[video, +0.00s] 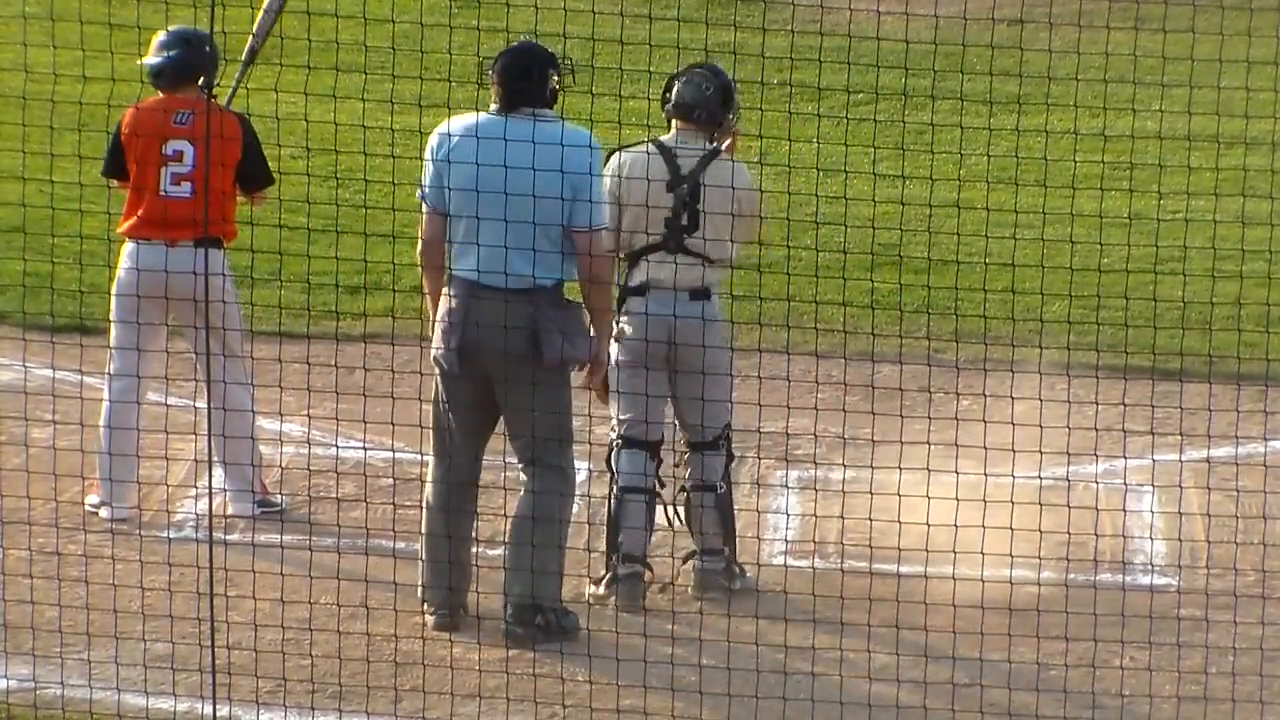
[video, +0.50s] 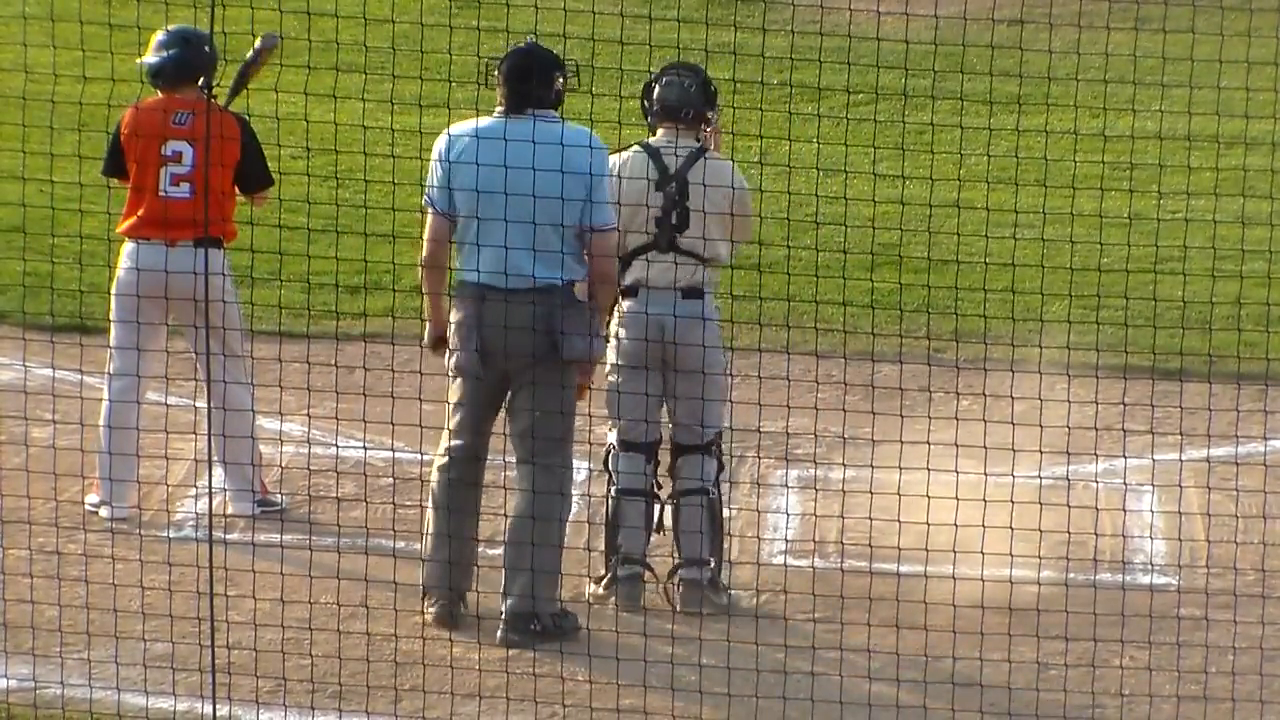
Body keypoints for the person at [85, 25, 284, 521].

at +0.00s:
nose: (152, 77)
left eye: (156, 71)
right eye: (154, 72)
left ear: (162, 71)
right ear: (206, 72)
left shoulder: (136, 117)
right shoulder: (232, 124)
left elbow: (119, 177)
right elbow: (258, 191)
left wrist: (174, 155)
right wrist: (223, 146)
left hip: (140, 261)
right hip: (205, 265)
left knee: (125, 376)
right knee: (227, 376)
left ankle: (114, 496)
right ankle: (247, 493)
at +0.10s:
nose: (151, 77)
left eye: (155, 71)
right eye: (154, 72)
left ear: (161, 71)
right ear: (206, 72)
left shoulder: (135, 117)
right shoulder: (232, 124)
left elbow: (119, 176)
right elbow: (259, 192)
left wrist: (174, 156)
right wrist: (226, 142)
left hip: (140, 261)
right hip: (205, 265)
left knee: (125, 375)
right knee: (228, 376)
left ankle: (113, 496)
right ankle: (248, 493)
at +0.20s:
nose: (151, 77)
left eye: (155, 71)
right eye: (154, 71)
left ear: (161, 71)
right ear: (205, 72)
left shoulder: (136, 116)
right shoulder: (232, 125)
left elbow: (118, 175)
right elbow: (259, 192)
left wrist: (173, 157)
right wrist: (224, 147)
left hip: (140, 261)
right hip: (205, 265)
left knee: (125, 376)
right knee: (228, 376)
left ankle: (113, 497)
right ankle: (248, 493)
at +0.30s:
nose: (151, 78)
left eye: (155, 71)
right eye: (153, 72)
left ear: (160, 72)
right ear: (206, 72)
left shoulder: (135, 117)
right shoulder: (232, 125)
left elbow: (118, 174)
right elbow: (259, 192)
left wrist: (175, 154)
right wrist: (224, 146)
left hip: (140, 261)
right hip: (205, 265)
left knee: (125, 375)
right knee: (228, 376)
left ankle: (113, 495)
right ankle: (248, 492)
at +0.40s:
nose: (150, 78)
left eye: (154, 72)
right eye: (152, 73)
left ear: (160, 72)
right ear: (205, 72)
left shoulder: (135, 117)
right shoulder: (232, 125)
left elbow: (118, 173)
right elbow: (259, 192)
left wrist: (175, 150)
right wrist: (224, 144)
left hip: (139, 262)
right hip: (205, 265)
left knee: (125, 375)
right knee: (227, 375)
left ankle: (113, 495)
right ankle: (248, 492)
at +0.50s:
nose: (150, 78)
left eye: (154, 72)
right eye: (152, 72)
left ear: (160, 72)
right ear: (205, 72)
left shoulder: (135, 117)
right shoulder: (232, 125)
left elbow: (118, 173)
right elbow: (259, 192)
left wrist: (176, 148)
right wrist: (224, 144)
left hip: (139, 261)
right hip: (205, 265)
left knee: (125, 375)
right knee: (228, 374)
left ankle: (113, 495)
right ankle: (248, 492)